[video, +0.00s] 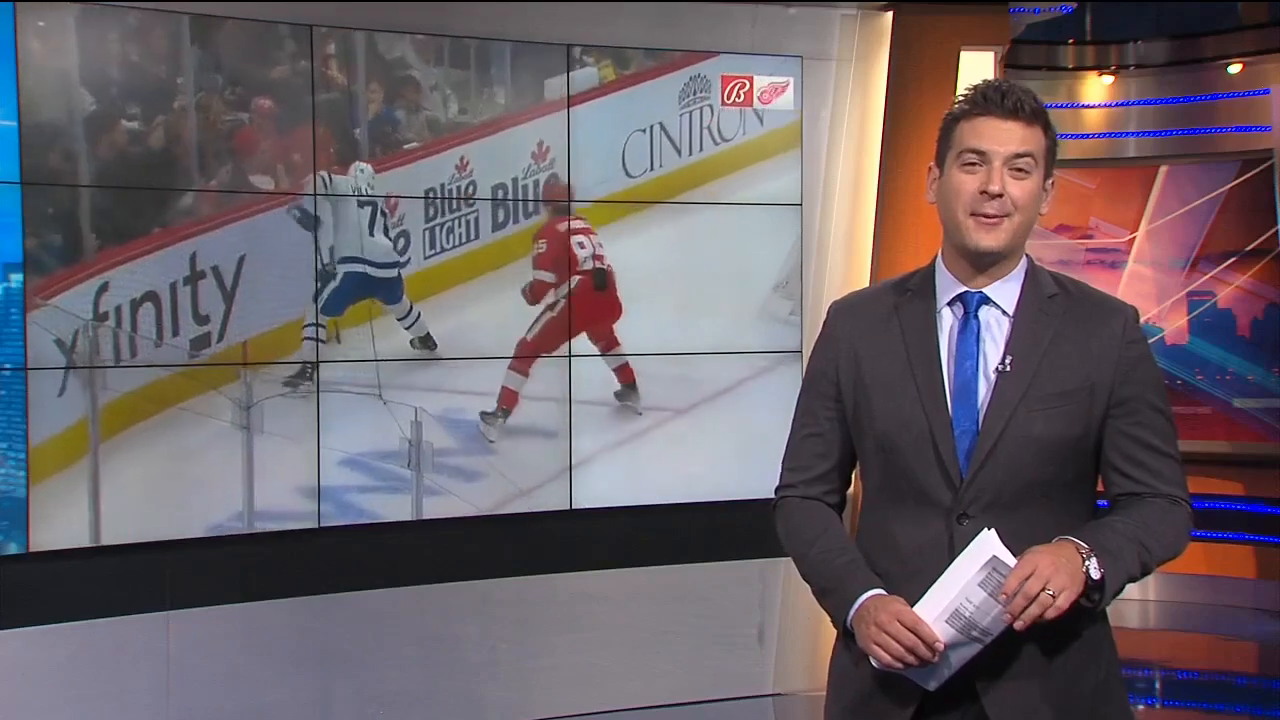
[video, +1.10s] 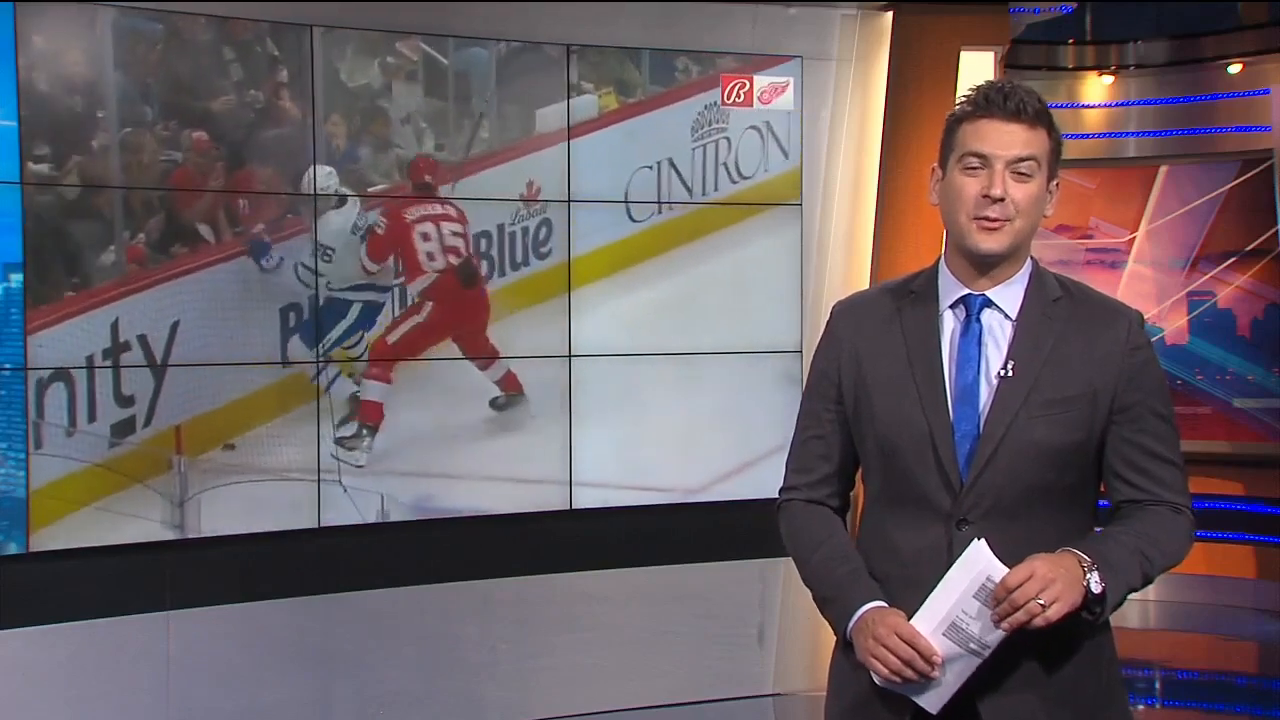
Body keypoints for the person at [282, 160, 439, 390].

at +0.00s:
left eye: (349, 174)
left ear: (350, 175)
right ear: (371, 180)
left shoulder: (339, 184)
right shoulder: (378, 202)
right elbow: (388, 240)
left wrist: (313, 215)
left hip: (352, 273)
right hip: (388, 273)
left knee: (317, 313)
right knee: (400, 305)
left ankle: (308, 368)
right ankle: (425, 339)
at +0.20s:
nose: (338, 181)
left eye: (340, 178)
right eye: (341, 178)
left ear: (341, 181)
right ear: (362, 184)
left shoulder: (339, 193)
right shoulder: (375, 209)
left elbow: (315, 174)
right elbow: (390, 250)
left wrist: (294, 194)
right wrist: (332, 266)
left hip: (354, 281)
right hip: (387, 283)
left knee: (314, 317)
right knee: (392, 308)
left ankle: (313, 372)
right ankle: (421, 341)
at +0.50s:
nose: (314, 193)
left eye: (316, 189)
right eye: (315, 188)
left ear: (323, 189)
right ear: (345, 188)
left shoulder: (331, 205)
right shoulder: (362, 215)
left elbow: (308, 189)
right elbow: (357, 255)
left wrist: (273, 189)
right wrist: (321, 260)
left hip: (350, 298)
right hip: (380, 299)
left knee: (304, 334)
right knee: (380, 318)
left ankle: (321, 385)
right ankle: (405, 348)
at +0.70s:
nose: (306, 202)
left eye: (307, 197)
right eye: (306, 198)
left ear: (312, 195)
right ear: (336, 191)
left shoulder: (321, 210)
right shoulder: (354, 214)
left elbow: (297, 227)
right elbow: (339, 250)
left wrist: (267, 205)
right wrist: (308, 243)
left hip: (345, 305)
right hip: (375, 305)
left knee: (294, 337)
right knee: (364, 320)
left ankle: (326, 391)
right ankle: (391, 353)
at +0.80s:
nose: (301, 206)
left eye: (304, 201)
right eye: (301, 201)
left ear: (312, 198)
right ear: (333, 195)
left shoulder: (323, 217)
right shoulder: (354, 214)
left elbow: (293, 240)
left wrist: (263, 219)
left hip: (343, 308)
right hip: (372, 305)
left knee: (292, 344)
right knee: (356, 322)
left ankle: (329, 397)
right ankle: (384, 359)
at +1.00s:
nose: (306, 209)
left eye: (309, 203)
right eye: (305, 203)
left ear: (314, 202)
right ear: (332, 195)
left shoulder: (323, 229)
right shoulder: (348, 206)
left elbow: (294, 267)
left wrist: (268, 248)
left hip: (347, 305)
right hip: (372, 299)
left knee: (294, 348)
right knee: (351, 329)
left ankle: (341, 401)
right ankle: (372, 364)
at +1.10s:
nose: (311, 207)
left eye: (316, 200)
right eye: (309, 200)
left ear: (331, 196)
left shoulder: (332, 224)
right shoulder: (352, 207)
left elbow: (311, 276)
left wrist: (275, 262)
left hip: (356, 296)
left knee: (312, 343)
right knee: (349, 341)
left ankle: (359, 397)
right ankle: (369, 386)